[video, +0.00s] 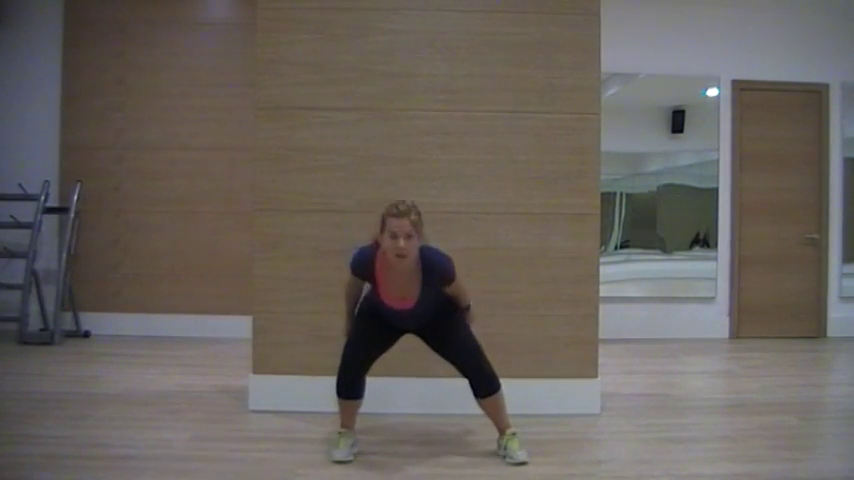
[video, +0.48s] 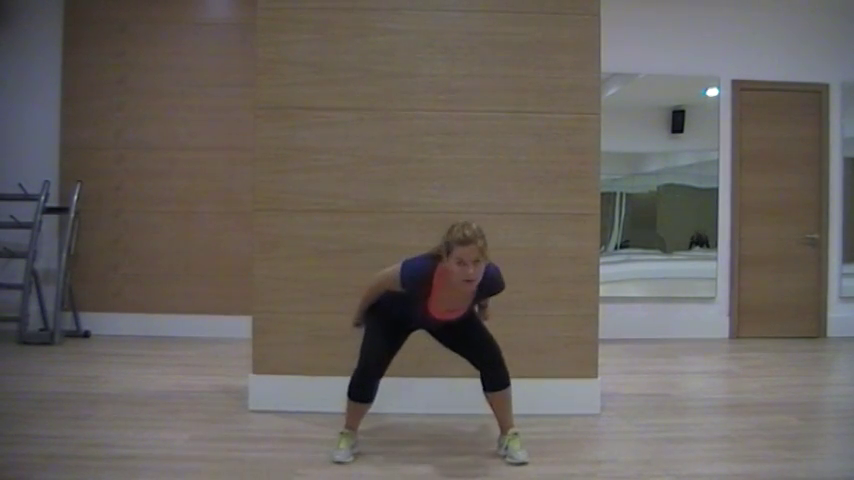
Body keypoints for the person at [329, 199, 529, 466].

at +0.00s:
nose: (401, 244)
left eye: (408, 237)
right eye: (393, 237)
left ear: (420, 238)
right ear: (380, 238)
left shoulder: (437, 264)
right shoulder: (365, 260)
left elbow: (460, 293)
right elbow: (353, 289)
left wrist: (465, 313)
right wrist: (350, 325)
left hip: (434, 316)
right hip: (383, 315)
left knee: (478, 367)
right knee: (351, 365)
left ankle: (507, 436)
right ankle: (346, 434)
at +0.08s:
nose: (411, 255)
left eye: (419, 248)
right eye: (403, 247)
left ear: (429, 249)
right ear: (391, 247)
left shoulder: (445, 270)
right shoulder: (373, 267)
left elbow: (463, 301)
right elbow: (355, 293)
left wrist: (463, 325)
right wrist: (350, 324)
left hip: (436, 316)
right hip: (384, 316)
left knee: (480, 365)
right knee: (354, 366)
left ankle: (507, 436)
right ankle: (346, 434)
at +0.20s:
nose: (428, 266)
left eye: (435, 258)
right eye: (420, 258)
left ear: (445, 258)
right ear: (406, 255)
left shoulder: (460, 280)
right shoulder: (385, 273)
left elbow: (468, 307)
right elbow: (361, 296)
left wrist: (468, 327)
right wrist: (355, 323)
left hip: (442, 320)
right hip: (388, 318)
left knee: (484, 366)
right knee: (358, 369)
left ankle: (507, 435)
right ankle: (347, 434)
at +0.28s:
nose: (440, 269)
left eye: (447, 261)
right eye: (431, 261)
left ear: (457, 260)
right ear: (417, 260)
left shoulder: (470, 281)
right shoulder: (395, 274)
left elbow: (474, 306)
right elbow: (365, 293)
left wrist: (474, 323)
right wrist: (356, 322)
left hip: (445, 320)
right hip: (393, 316)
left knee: (485, 365)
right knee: (362, 367)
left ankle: (508, 436)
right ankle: (347, 434)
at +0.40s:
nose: (459, 272)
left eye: (465, 263)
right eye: (450, 264)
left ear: (474, 261)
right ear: (434, 261)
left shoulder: (483, 281)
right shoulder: (410, 274)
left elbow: (480, 302)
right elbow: (374, 287)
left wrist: (481, 318)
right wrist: (357, 317)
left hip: (449, 319)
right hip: (397, 313)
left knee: (490, 364)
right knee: (367, 367)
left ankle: (508, 436)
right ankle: (348, 435)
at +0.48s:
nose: (470, 271)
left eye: (476, 262)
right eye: (461, 263)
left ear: (485, 261)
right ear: (445, 260)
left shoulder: (491, 280)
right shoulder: (419, 271)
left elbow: (482, 298)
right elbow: (378, 284)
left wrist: (483, 312)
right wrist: (359, 314)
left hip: (451, 318)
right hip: (400, 312)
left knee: (493, 362)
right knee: (369, 368)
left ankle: (508, 436)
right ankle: (348, 435)